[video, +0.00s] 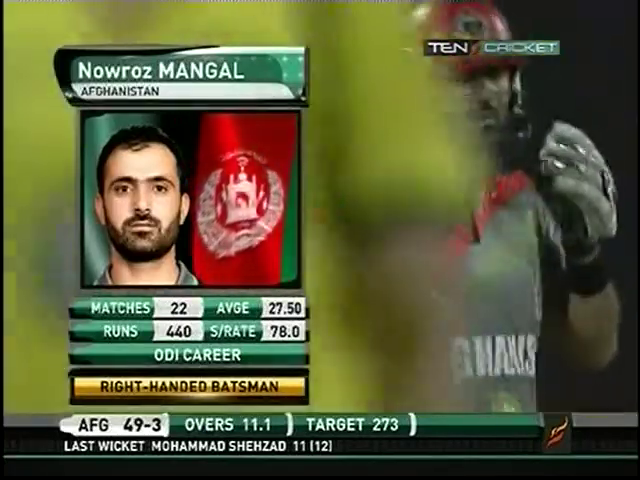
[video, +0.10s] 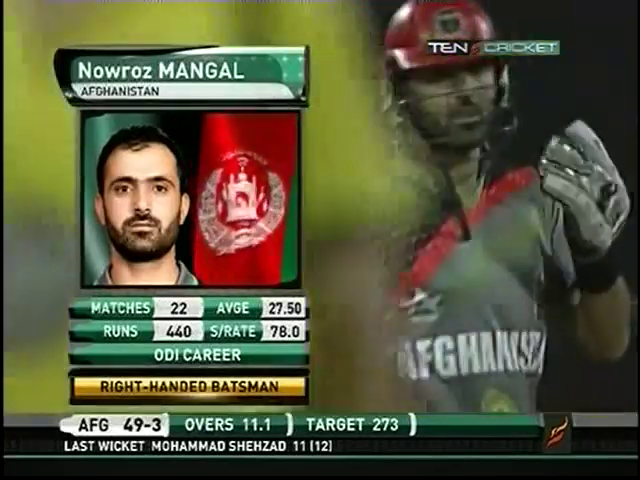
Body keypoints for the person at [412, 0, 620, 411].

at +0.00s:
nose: (485, 93)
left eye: (495, 73)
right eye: (464, 78)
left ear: (513, 83)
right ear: (420, 88)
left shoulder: (526, 204)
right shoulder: (390, 206)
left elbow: (593, 354)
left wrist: (587, 250)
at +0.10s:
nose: (466, 90)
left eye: (478, 70)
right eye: (439, 75)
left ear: (500, 78)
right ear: (399, 90)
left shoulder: (536, 199)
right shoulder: (370, 205)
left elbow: (607, 346)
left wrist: (595, 253)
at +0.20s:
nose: (451, 97)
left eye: (464, 77)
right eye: (426, 83)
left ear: (488, 89)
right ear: (387, 105)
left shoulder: (540, 210)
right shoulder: (347, 231)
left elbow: (618, 346)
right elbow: (331, 390)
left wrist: (603, 253)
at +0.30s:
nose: (450, 101)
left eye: (465, 84)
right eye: (427, 88)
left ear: (490, 100)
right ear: (388, 111)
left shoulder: (547, 217)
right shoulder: (359, 246)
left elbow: (626, 344)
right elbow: (329, 385)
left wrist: (617, 250)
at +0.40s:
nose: (457, 103)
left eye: (471, 86)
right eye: (433, 91)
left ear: (497, 104)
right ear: (395, 117)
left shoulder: (555, 224)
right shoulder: (370, 255)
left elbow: (632, 342)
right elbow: (338, 404)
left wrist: (627, 254)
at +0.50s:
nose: (467, 110)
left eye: (481, 90)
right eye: (441, 96)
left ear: (505, 101)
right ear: (404, 117)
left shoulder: (565, 224)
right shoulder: (375, 256)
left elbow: (631, 327)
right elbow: (348, 403)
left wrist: (630, 248)